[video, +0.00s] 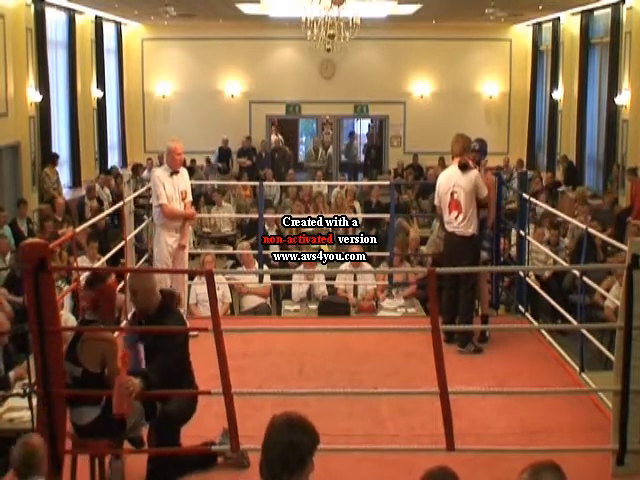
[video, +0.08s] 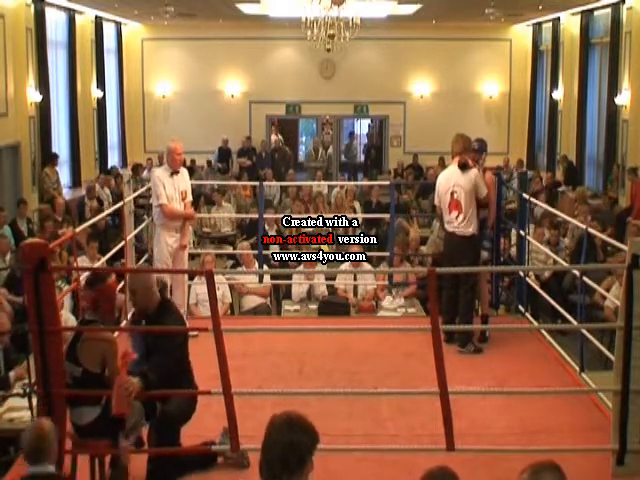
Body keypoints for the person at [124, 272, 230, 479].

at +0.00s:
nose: (132, 299)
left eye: (136, 293)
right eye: (130, 293)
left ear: (150, 293)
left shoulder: (172, 321)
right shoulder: (141, 317)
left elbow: (168, 362)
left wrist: (143, 381)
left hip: (181, 391)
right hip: (157, 391)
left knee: (165, 419)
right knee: (164, 466)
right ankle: (214, 449)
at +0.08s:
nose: (131, 298)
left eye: (135, 293)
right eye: (129, 292)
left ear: (153, 291)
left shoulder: (170, 320)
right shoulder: (142, 317)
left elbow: (166, 360)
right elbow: (142, 356)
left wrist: (142, 380)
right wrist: (130, 375)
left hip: (180, 391)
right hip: (156, 390)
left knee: (166, 417)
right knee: (163, 466)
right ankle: (214, 449)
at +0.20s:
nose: (130, 298)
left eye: (134, 293)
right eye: (129, 293)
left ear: (150, 292)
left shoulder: (170, 321)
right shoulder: (148, 314)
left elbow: (165, 362)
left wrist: (140, 381)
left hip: (179, 391)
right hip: (155, 390)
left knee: (166, 417)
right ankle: (214, 449)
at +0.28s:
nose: (129, 298)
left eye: (133, 293)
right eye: (128, 293)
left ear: (150, 292)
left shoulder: (169, 321)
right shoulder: (152, 316)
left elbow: (163, 362)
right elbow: (146, 357)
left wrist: (139, 382)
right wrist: (132, 377)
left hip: (180, 391)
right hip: (158, 389)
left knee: (166, 415)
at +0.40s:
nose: (131, 299)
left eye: (134, 292)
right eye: (129, 293)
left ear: (150, 291)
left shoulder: (168, 322)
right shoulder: (156, 314)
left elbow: (163, 363)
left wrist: (140, 383)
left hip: (179, 393)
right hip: (161, 391)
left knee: (165, 415)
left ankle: (216, 451)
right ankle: (215, 449)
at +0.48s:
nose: (133, 299)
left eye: (136, 292)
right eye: (131, 293)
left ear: (152, 291)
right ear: (151, 291)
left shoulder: (169, 322)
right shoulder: (158, 314)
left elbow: (163, 363)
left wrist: (140, 383)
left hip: (180, 393)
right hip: (162, 391)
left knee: (165, 415)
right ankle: (215, 449)